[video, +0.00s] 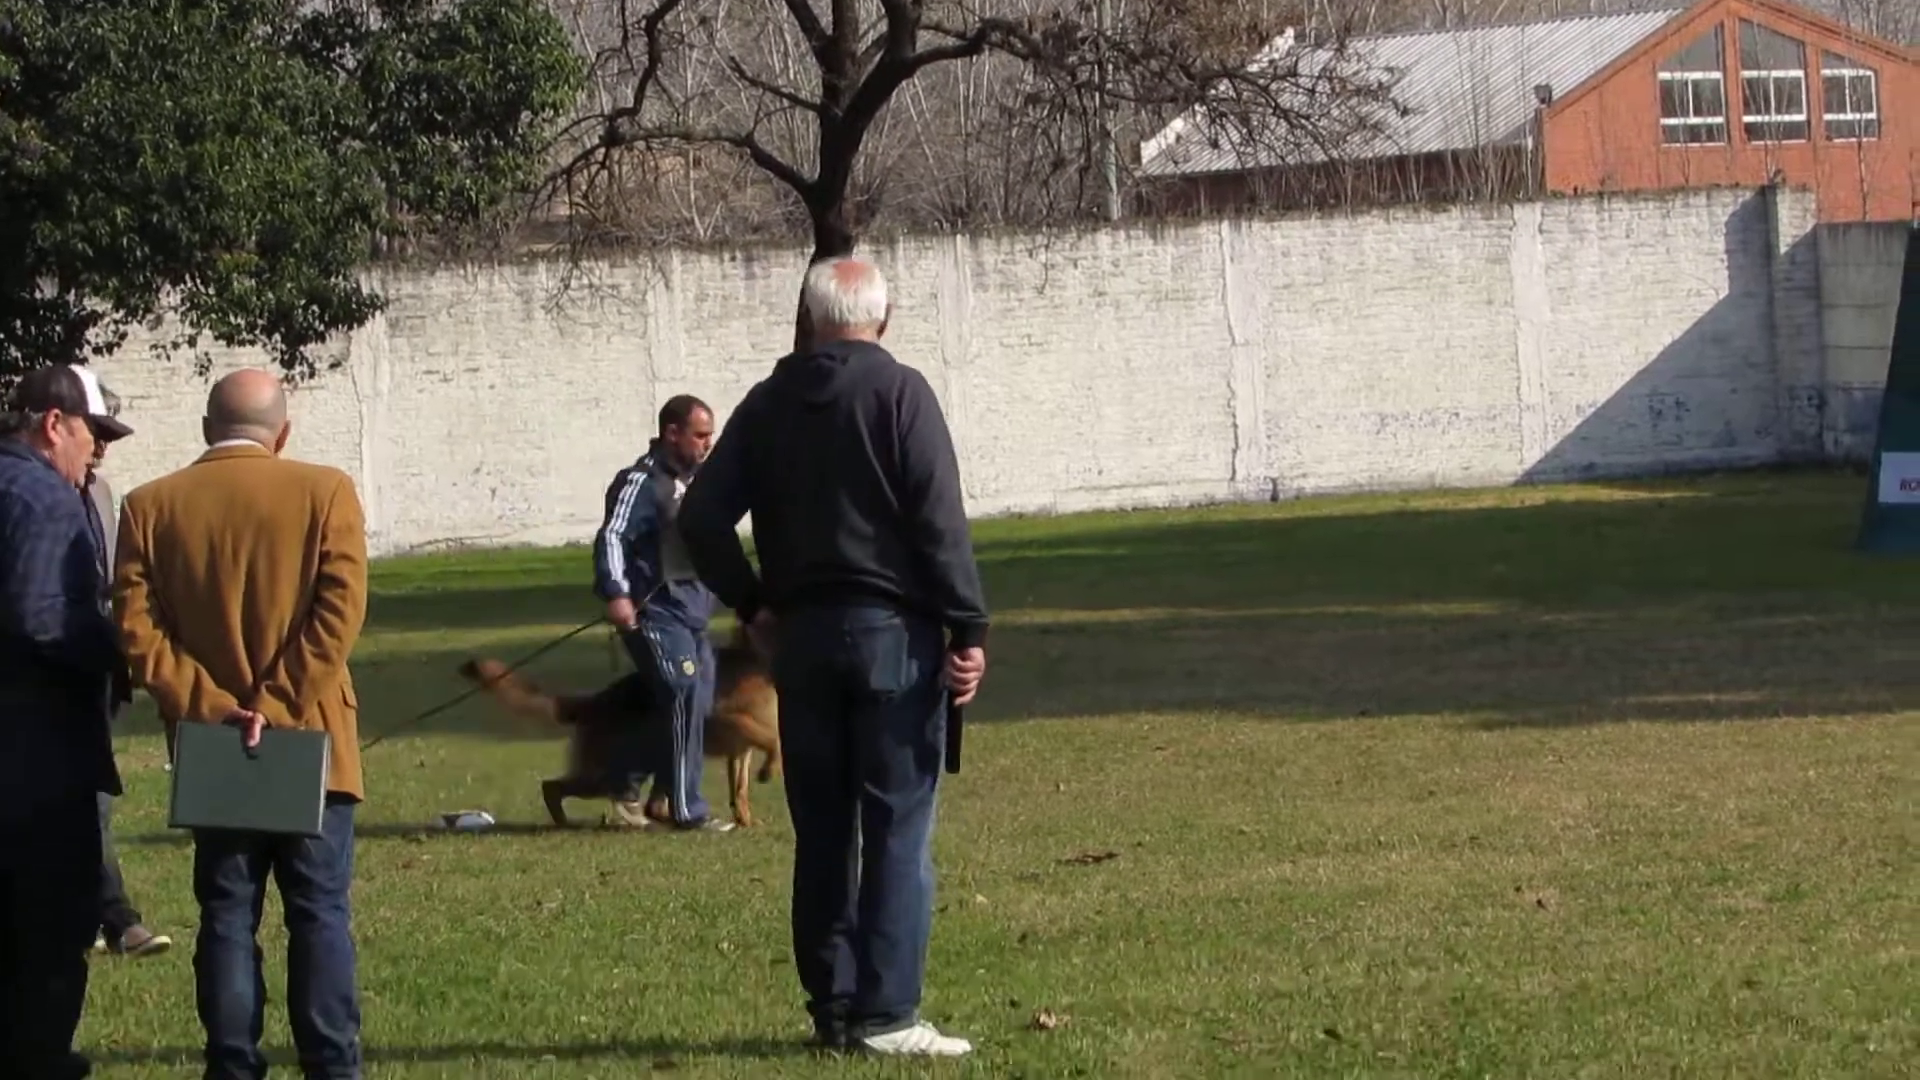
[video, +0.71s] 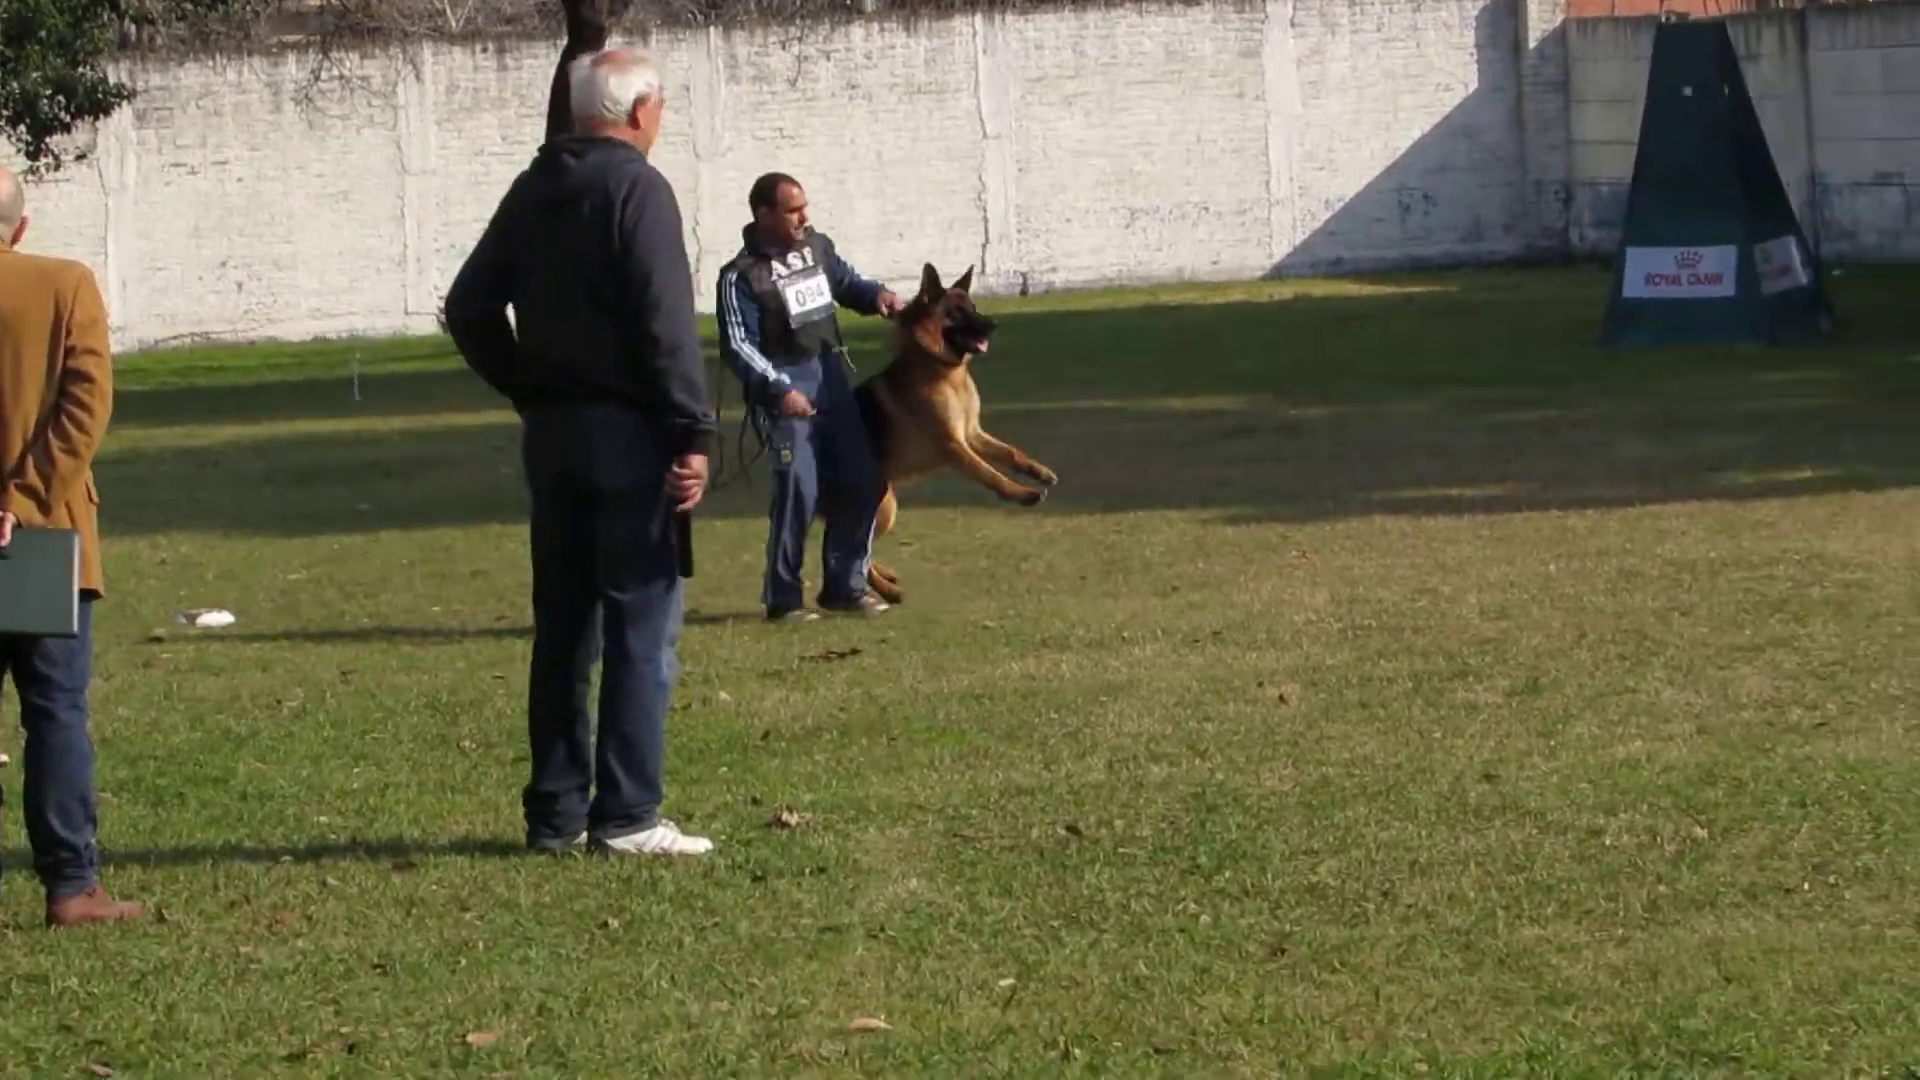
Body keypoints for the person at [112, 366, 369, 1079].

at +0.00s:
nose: (288, 432)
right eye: (288, 424)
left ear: (208, 426)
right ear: (281, 430)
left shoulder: (150, 504)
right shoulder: (327, 490)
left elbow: (136, 630)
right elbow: (341, 612)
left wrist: (210, 706)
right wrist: (279, 700)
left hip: (209, 758)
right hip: (316, 751)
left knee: (225, 909)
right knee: (320, 908)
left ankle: (232, 1066)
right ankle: (333, 1065)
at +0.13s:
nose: (267, 374)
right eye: (266, 365)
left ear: (186, 368)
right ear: (262, 372)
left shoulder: (133, 448)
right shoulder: (309, 434)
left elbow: (118, 575)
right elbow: (319, 555)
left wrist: (189, 649)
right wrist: (260, 648)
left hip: (191, 702)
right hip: (295, 698)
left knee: (205, 859)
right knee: (300, 857)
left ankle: (213, 1037)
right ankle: (315, 1030)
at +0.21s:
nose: (237, 332)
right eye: (237, 323)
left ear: (156, 331)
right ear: (233, 332)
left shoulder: (109, 408)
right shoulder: (283, 393)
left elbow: (93, 536)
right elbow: (295, 515)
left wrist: (170, 608)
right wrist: (236, 609)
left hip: (167, 661)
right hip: (270, 657)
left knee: (180, 819)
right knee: (275, 817)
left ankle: (189, 997)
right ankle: (290, 990)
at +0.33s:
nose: (188, 291)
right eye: (187, 282)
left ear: (107, 291)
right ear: (184, 291)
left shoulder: (60, 370)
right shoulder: (237, 352)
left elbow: (47, 498)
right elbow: (250, 475)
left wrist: (128, 571)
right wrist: (192, 568)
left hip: (121, 620)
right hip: (225, 616)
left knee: (135, 776)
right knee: (230, 775)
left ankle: (143, 958)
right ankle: (244, 950)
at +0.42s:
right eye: (158, 262)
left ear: (76, 274)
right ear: (154, 272)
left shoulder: (27, 355)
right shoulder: (207, 333)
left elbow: (18, 482)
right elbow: (222, 454)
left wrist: (89, 549)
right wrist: (165, 547)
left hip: (90, 604)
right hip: (196, 598)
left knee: (105, 763)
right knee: (200, 760)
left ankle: (114, 941)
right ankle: (215, 934)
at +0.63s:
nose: (69, 233)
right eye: (70, 225)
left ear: (0, 233)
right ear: (65, 235)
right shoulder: (118, 297)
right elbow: (137, 419)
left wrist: (22, 520)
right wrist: (77, 508)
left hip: (9, 564)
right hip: (105, 562)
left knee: (18, 730)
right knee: (111, 725)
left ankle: (24, 908)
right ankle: (126, 899)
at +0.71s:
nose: (23, 225)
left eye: (16, 213)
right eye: (22, 212)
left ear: (13, 225)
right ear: (20, 223)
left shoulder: (62, 287)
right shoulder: (64, 286)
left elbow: (81, 413)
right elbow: (82, 413)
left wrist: (26, 502)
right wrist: (23, 500)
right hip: (44, 544)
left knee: (54, 710)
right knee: (56, 710)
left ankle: (70, 881)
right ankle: (72, 885)